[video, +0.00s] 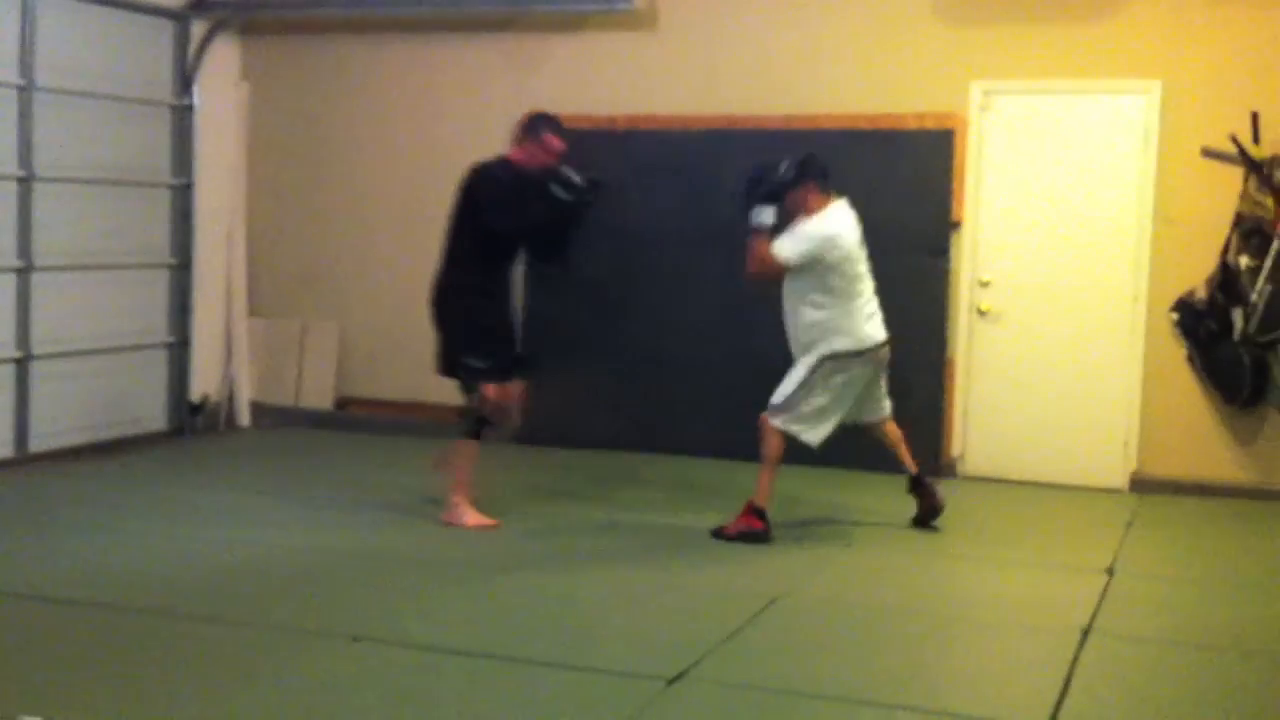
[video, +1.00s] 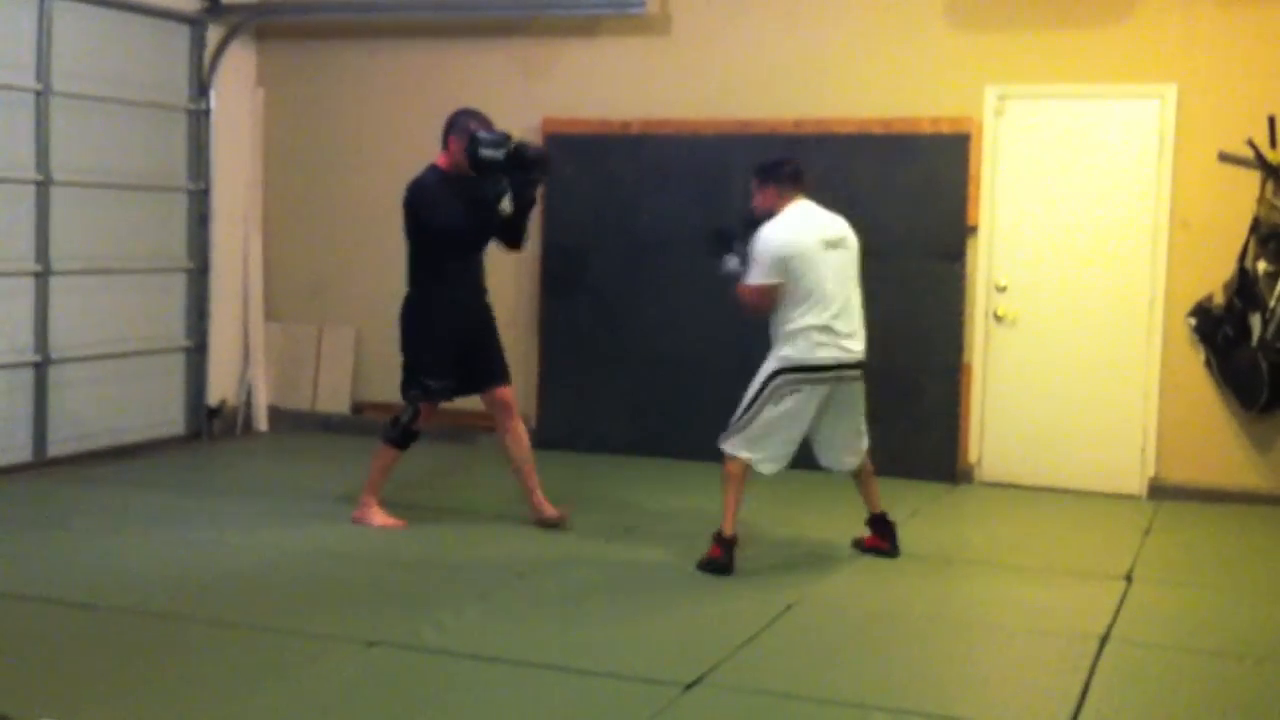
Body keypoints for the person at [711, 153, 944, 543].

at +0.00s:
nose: (787, 204)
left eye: (790, 195)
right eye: (785, 197)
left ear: (810, 190)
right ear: (815, 190)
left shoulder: (820, 229)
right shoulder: (843, 214)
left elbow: (758, 265)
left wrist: (761, 214)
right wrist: (767, 214)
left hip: (837, 349)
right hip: (870, 343)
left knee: (773, 422)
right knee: (881, 419)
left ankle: (757, 513)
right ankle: (922, 487)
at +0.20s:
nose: (828, 190)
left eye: (830, 182)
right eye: (828, 182)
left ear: (844, 181)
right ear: (866, 181)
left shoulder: (862, 224)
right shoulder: (899, 219)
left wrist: (820, 250)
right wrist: (829, 244)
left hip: (870, 349)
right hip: (913, 347)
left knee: (798, 415)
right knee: (930, 431)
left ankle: (783, 507)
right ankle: (954, 509)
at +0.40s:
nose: (836, 188)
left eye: (838, 179)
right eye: (836, 180)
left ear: (851, 177)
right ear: (877, 175)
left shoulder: (862, 221)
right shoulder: (914, 216)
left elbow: (841, 288)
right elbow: (888, 278)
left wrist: (811, 257)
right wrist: (838, 258)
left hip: (879, 341)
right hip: (922, 342)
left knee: (814, 416)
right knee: (931, 431)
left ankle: (793, 512)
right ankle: (958, 512)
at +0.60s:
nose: (807, 200)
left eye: (807, 193)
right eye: (807, 193)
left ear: (814, 192)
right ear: (844, 188)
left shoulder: (818, 236)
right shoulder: (882, 226)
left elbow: (778, 281)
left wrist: (768, 251)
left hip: (853, 355)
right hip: (901, 355)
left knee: (792, 432)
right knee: (916, 441)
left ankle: (790, 526)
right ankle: (945, 513)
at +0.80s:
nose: (782, 170)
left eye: (783, 162)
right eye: (781, 163)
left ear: (796, 157)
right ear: (823, 153)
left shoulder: (801, 196)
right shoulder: (863, 191)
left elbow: (778, 268)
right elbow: (844, 250)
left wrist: (765, 226)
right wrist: (789, 208)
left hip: (824, 324)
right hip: (871, 322)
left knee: (785, 420)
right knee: (866, 422)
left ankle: (766, 515)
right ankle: (883, 516)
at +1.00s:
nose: (754, 204)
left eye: (757, 194)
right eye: (755, 194)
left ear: (772, 191)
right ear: (797, 188)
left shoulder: (773, 234)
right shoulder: (842, 227)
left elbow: (757, 299)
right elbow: (832, 284)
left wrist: (736, 270)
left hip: (798, 360)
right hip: (849, 358)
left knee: (738, 445)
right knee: (854, 445)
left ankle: (725, 541)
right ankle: (881, 527)